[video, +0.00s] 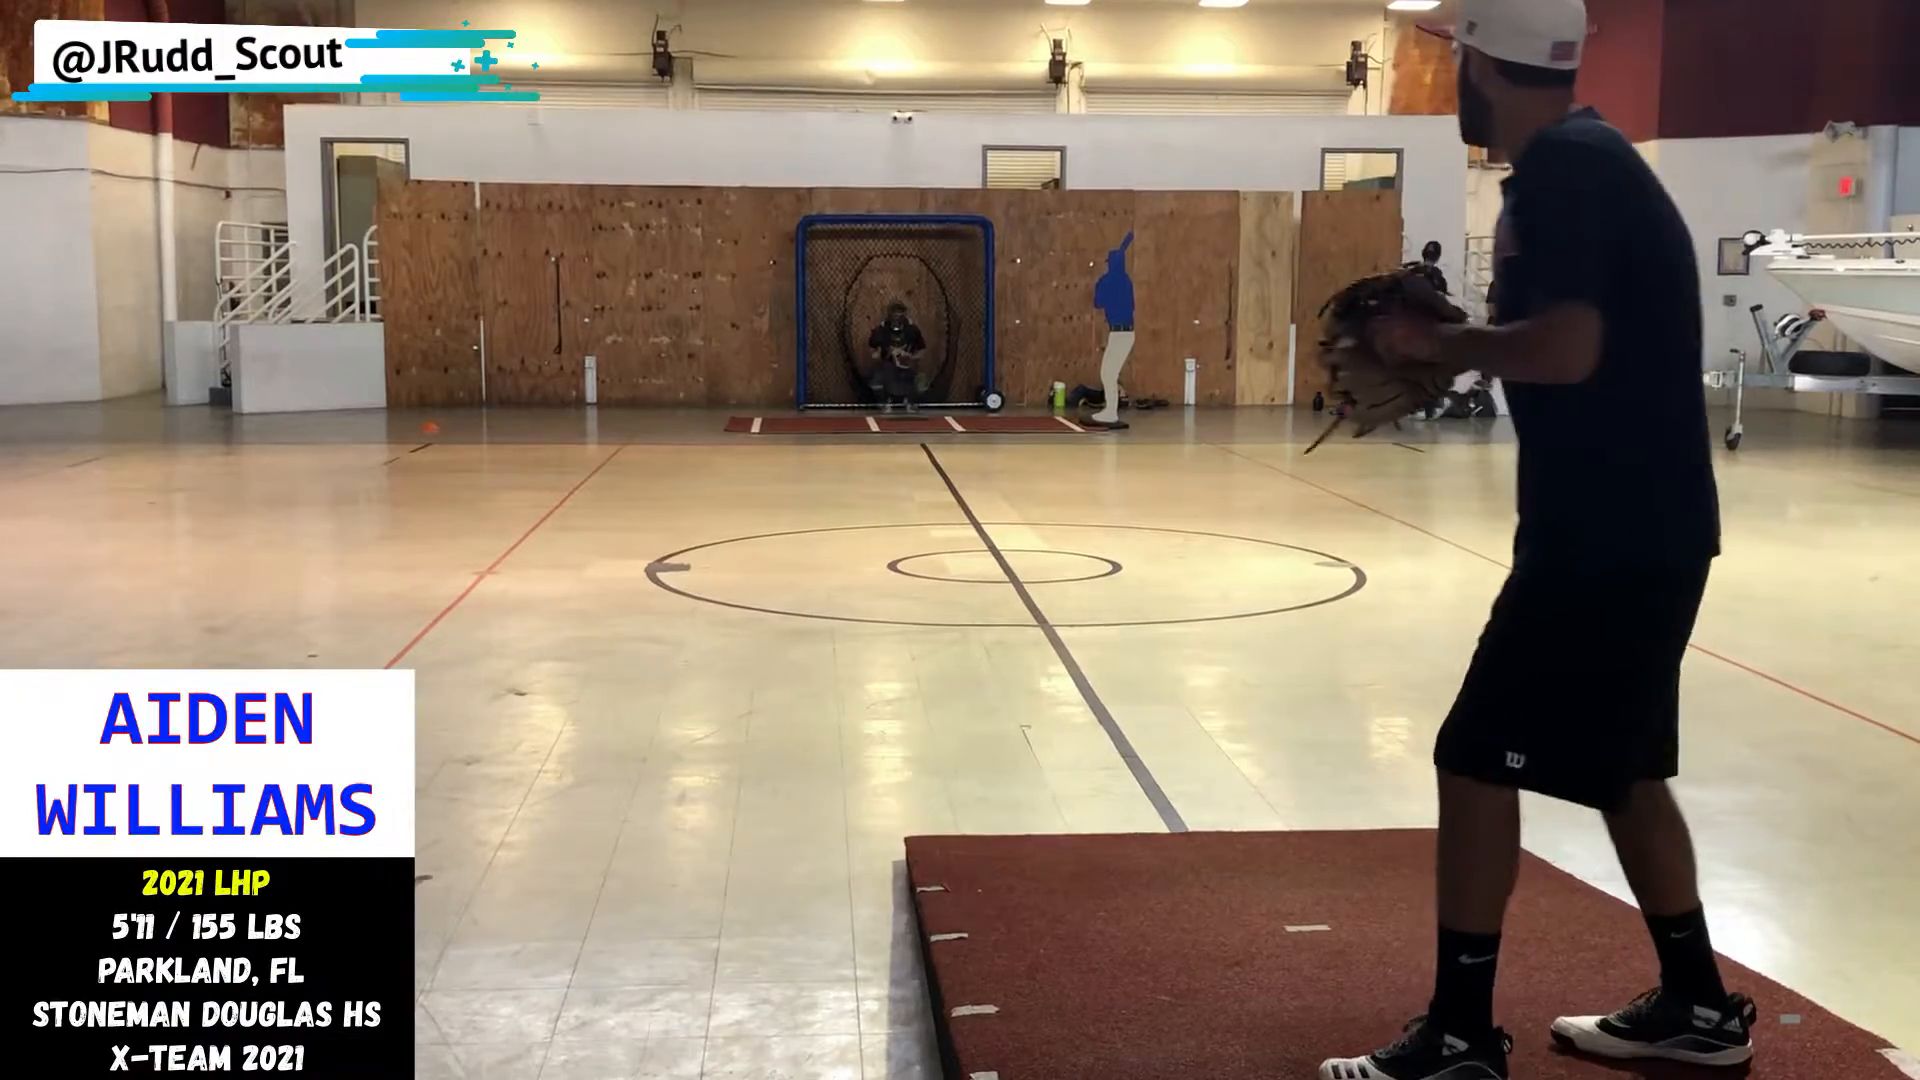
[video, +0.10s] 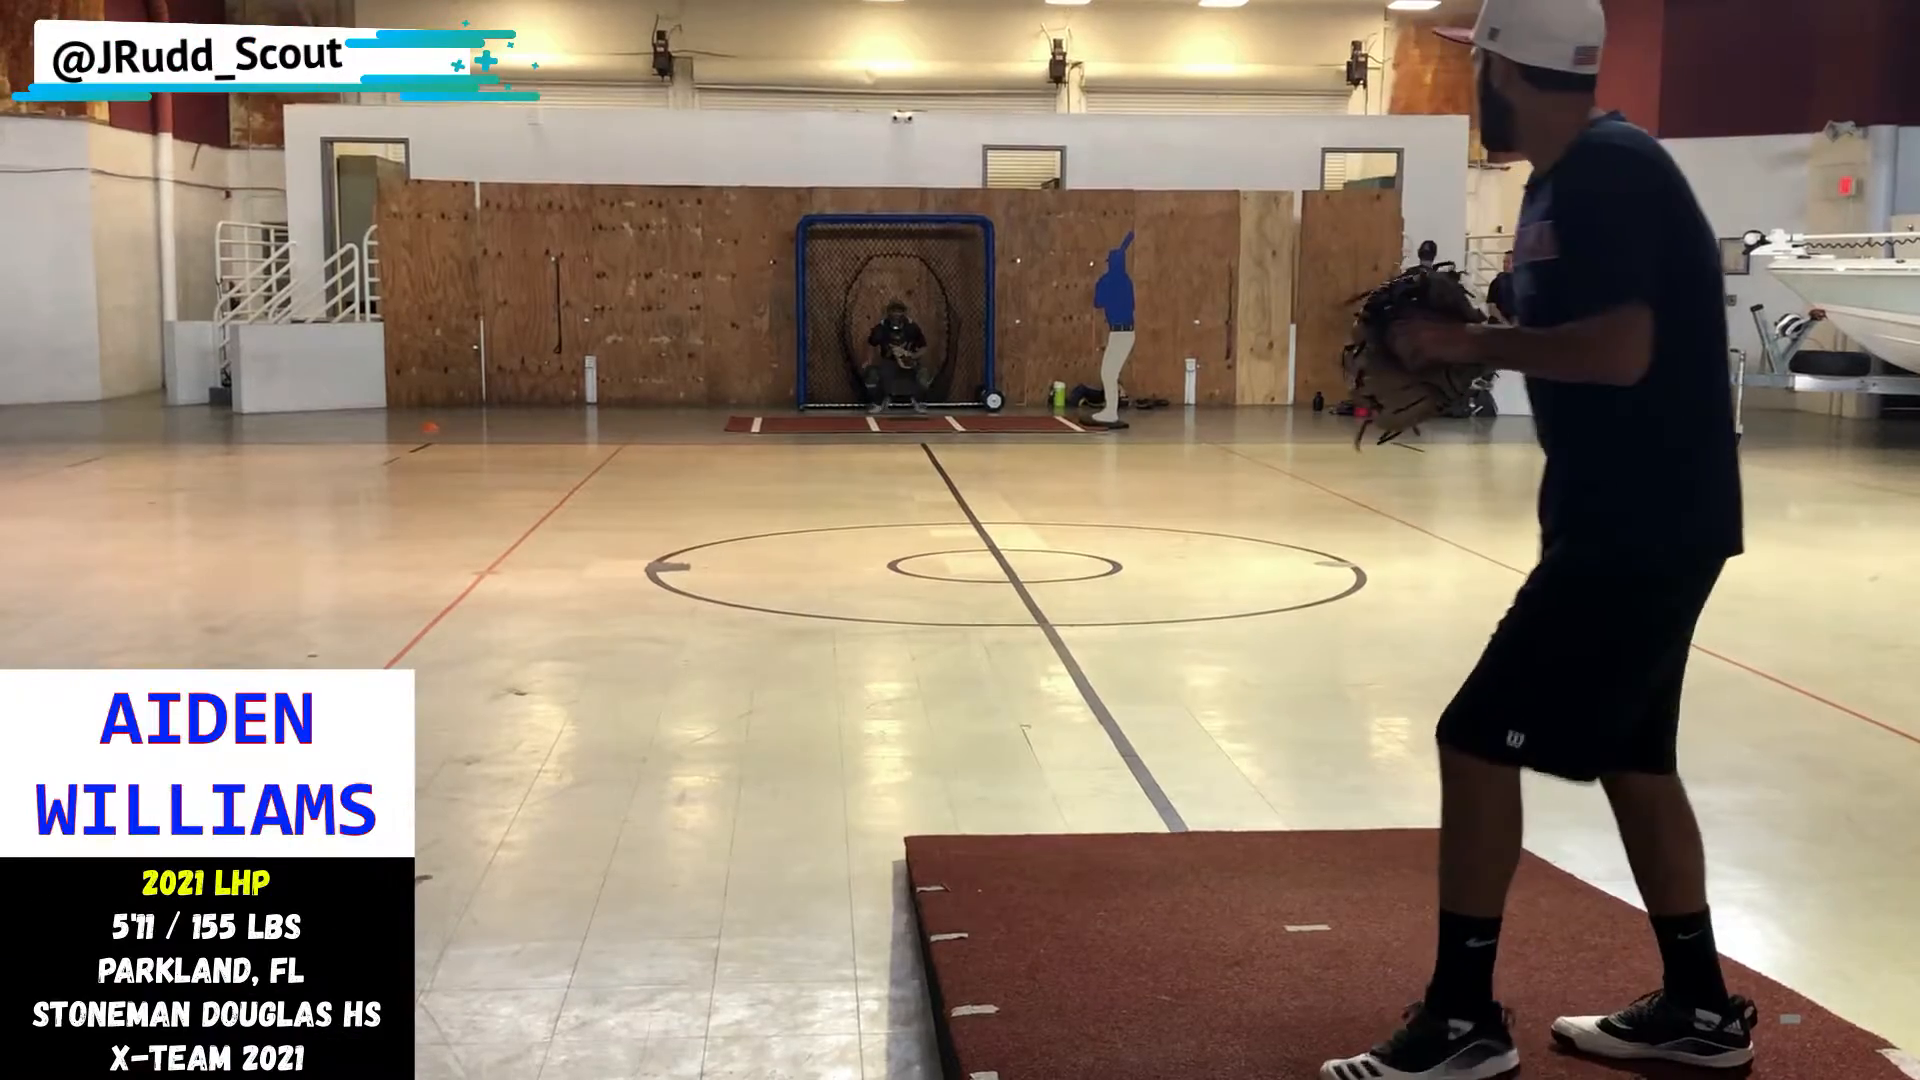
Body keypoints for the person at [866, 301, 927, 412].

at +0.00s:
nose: (898, 318)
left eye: (901, 315)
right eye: (895, 315)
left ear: (904, 315)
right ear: (889, 315)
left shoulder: (912, 330)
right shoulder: (880, 331)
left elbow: (922, 350)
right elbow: (874, 352)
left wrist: (910, 356)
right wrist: (887, 353)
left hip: (906, 365)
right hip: (888, 366)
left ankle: (909, 400)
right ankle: (887, 402)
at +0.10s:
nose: (897, 319)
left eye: (900, 315)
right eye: (894, 315)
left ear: (904, 314)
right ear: (888, 314)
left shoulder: (912, 327)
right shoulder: (880, 329)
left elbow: (923, 348)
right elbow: (871, 346)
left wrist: (913, 356)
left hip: (908, 361)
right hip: (889, 362)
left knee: (920, 372)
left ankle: (916, 400)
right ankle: (884, 400)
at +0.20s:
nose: (896, 326)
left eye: (899, 323)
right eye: (893, 323)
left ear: (904, 321)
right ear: (888, 321)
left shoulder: (912, 333)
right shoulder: (881, 333)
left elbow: (925, 355)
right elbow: (870, 353)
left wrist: (911, 360)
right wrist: (869, 372)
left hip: (909, 368)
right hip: (889, 369)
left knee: (924, 376)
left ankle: (923, 402)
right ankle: (881, 403)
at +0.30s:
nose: (896, 336)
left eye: (899, 332)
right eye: (893, 332)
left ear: (905, 331)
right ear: (888, 332)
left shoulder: (911, 343)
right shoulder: (881, 344)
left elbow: (929, 361)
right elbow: (869, 365)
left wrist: (911, 366)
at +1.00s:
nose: (900, 344)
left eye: (903, 341)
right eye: (897, 341)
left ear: (908, 340)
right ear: (892, 340)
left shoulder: (914, 352)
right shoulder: (884, 353)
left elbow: (925, 369)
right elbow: (878, 372)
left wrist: (920, 377)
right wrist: (893, 377)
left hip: (911, 382)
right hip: (892, 384)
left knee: (923, 386)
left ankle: (926, 405)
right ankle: (883, 405)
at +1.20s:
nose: (899, 344)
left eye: (902, 340)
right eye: (895, 340)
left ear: (907, 340)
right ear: (891, 340)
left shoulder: (913, 353)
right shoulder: (883, 353)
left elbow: (924, 370)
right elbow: (877, 371)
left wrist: (918, 381)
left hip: (910, 385)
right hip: (890, 387)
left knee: (923, 387)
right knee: (872, 381)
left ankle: (925, 405)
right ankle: (881, 405)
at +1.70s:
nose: (898, 343)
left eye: (902, 340)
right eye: (895, 340)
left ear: (907, 340)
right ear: (891, 339)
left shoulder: (912, 354)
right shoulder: (883, 353)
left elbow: (923, 373)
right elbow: (876, 372)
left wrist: (918, 385)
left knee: (924, 387)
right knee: (872, 382)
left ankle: (925, 405)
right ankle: (882, 405)